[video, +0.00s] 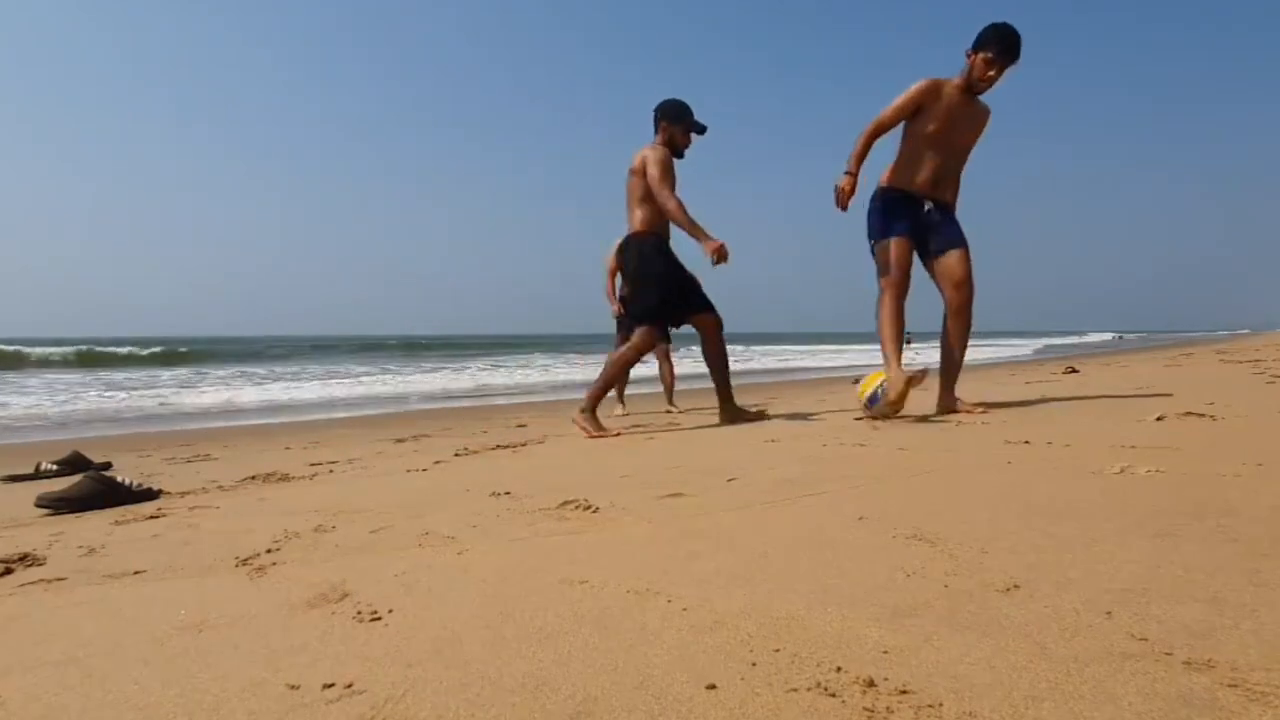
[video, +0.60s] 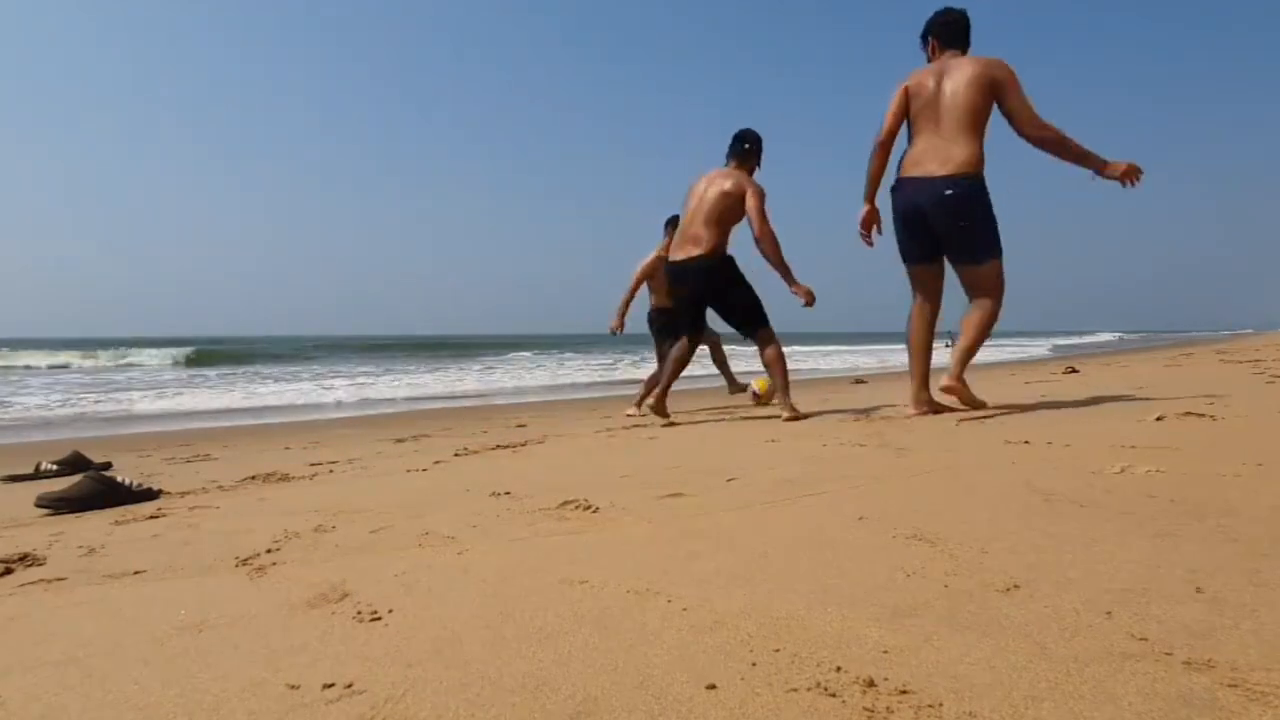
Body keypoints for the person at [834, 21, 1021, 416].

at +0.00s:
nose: (992, 74)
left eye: (1001, 68)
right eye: (988, 63)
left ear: (1006, 71)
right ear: (971, 55)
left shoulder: (981, 115)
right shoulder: (931, 91)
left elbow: (954, 163)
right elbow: (873, 130)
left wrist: (947, 211)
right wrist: (851, 174)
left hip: (938, 211)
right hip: (896, 202)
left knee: (961, 292)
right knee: (894, 281)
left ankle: (947, 398)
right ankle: (894, 377)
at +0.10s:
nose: (999, 76)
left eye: (1007, 71)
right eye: (999, 64)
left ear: (1006, 70)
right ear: (981, 51)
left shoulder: (969, 113)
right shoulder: (937, 83)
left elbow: (936, 153)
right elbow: (880, 121)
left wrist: (926, 194)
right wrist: (868, 165)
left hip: (929, 206)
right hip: (894, 199)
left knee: (960, 289)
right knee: (898, 290)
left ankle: (947, 396)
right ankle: (859, 392)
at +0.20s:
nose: (994, 87)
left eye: (999, 81)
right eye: (998, 78)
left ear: (983, 62)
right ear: (988, 63)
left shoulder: (959, 98)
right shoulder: (949, 78)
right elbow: (898, 113)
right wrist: (895, 165)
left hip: (923, 208)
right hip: (898, 200)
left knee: (959, 292)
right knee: (881, 300)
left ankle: (943, 392)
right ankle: (848, 400)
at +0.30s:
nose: (982, 77)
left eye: (979, 71)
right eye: (982, 71)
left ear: (944, 69)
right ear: (979, 68)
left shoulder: (919, 101)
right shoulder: (971, 79)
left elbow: (875, 164)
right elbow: (946, 108)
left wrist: (880, 196)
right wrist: (946, 176)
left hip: (899, 198)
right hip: (910, 198)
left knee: (946, 294)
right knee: (891, 304)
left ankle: (926, 393)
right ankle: (845, 398)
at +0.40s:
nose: (925, 75)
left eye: (926, 71)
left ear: (933, 69)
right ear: (967, 63)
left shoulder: (911, 102)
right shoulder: (980, 80)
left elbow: (875, 160)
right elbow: (997, 115)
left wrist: (864, 213)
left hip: (890, 202)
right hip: (926, 199)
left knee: (929, 303)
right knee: (940, 308)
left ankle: (920, 397)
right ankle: (857, 384)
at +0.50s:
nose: (926, 68)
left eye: (924, 63)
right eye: (926, 64)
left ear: (931, 61)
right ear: (966, 59)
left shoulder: (909, 94)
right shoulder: (982, 79)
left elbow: (877, 153)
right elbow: (1024, 126)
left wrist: (860, 210)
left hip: (896, 204)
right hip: (942, 200)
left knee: (923, 300)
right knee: (978, 301)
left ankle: (920, 397)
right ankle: (890, 371)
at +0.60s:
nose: (923, 52)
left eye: (923, 47)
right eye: (924, 47)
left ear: (932, 45)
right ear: (967, 43)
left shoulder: (912, 82)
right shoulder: (991, 70)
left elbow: (883, 141)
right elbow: (1035, 131)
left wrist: (869, 200)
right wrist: (1103, 166)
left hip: (909, 197)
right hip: (961, 194)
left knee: (924, 295)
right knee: (985, 294)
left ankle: (918, 398)